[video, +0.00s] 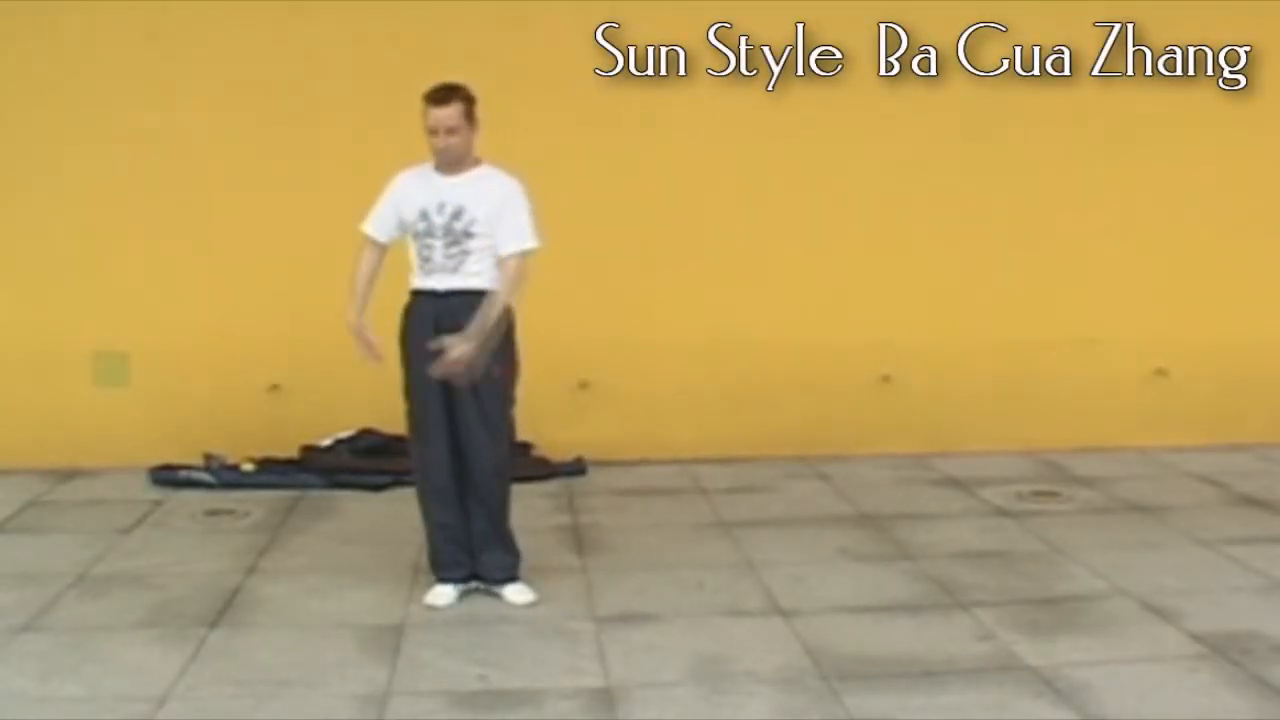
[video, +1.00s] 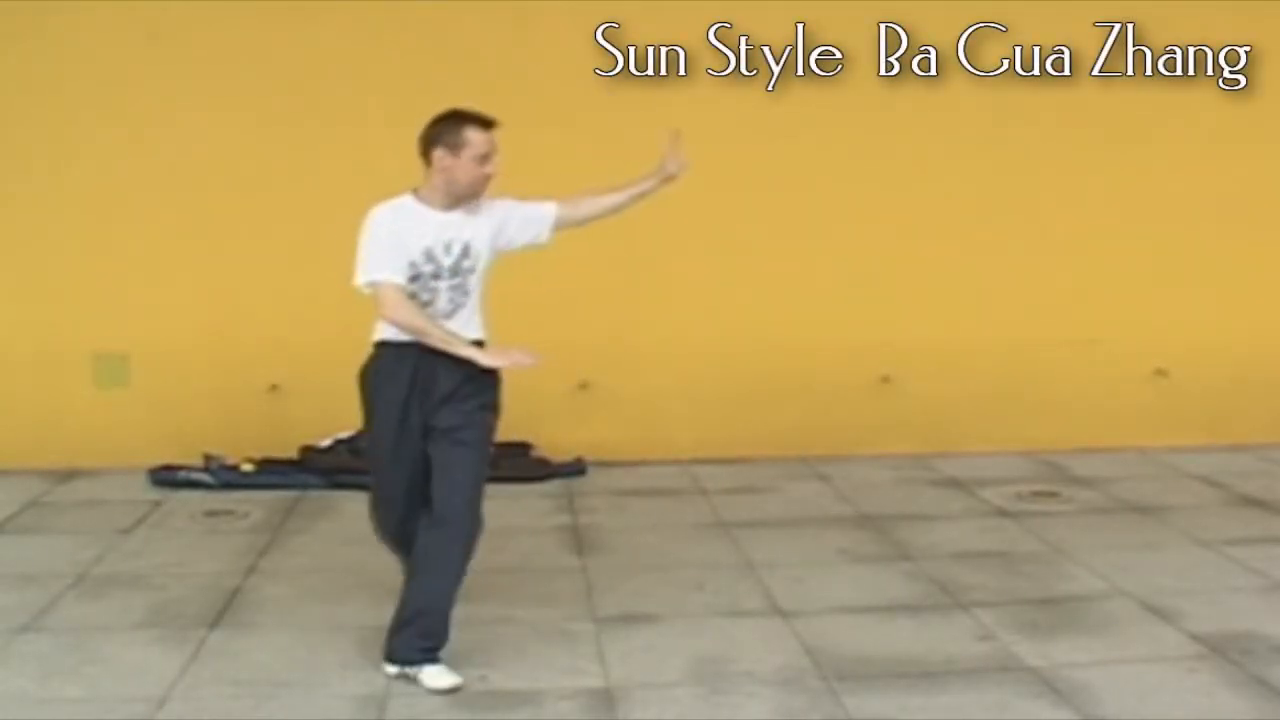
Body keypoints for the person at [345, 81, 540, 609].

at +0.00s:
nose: (442, 140)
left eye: (451, 130)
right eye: (434, 131)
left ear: (473, 130)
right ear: (425, 132)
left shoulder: (501, 188)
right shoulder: (408, 185)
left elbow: (514, 270)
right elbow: (373, 245)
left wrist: (476, 337)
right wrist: (357, 313)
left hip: (484, 310)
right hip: (426, 310)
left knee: (486, 446)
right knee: (432, 448)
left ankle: (499, 567)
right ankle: (450, 570)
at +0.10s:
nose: (444, 140)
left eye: (453, 130)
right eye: (435, 131)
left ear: (472, 129)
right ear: (422, 132)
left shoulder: (496, 188)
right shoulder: (403, 187)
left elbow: (494, 268)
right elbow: (377, 248)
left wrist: (428, 309)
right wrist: (350, 300)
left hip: (478, 316)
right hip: (420, 317)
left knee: (485, 447)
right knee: (430, 449)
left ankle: (496, 568)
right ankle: (449, 571)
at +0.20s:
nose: (450, 142)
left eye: (459, 132)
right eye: (440, 133)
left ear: (472, 133)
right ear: (423, 135)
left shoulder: (494, 188)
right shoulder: (398, 189)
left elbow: (471, 255)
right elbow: (374, 255)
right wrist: (326, 290)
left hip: (474, 321)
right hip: (419, 322)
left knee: (480, 450)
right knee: (426, 451)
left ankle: (493, 574)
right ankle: (449, 573)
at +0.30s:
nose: (454, 145)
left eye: (462, 136)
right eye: (444, 136)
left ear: (473, 138)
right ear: (425, 138)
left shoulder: (491, 186)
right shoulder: (396, 190)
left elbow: (478, 233)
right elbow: (368, 255)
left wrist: (421, 179)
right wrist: (336, 275)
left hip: (471, 324)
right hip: (413, 325)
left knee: (475, 456)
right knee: (422, 456)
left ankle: (482, 586)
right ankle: (445, 575)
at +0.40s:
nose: (455, 150)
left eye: (462, 139)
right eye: (445, 139)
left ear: (471, 141)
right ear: (423, 140)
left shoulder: (482, 196)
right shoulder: (391, 194)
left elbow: (503, 200)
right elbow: (353, 263)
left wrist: (475, 144)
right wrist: (396, 265)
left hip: (468, 324)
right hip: (410, 324)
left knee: (468, 463)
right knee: (416, 463)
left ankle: (465, 601)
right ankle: (443, 575)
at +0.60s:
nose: (462, 162)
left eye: (467, 152)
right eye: (453, 151)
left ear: (470, 155)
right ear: (420, 152)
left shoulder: (480, 206)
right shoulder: (386, 207)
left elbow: (552, 193)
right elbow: (377, 279)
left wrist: (566, 134)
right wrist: (461, 299)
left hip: (461, 342)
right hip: (402, 340)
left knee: (449, 483)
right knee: (401, 478)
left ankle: (431, 621)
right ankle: (452, 559)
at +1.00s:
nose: (492, 170)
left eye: (493, 159)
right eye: (482, 159)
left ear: (468, 163)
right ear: (440, 160)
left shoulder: (490, 218)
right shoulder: (390, 220)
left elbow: (571, 211)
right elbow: (393, 307)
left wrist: (656, 180)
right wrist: (478, 353)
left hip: (465, 373)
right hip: (398, 370)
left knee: (455, 514)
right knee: (395, 510)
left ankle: (414, 651)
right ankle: (436, 567)